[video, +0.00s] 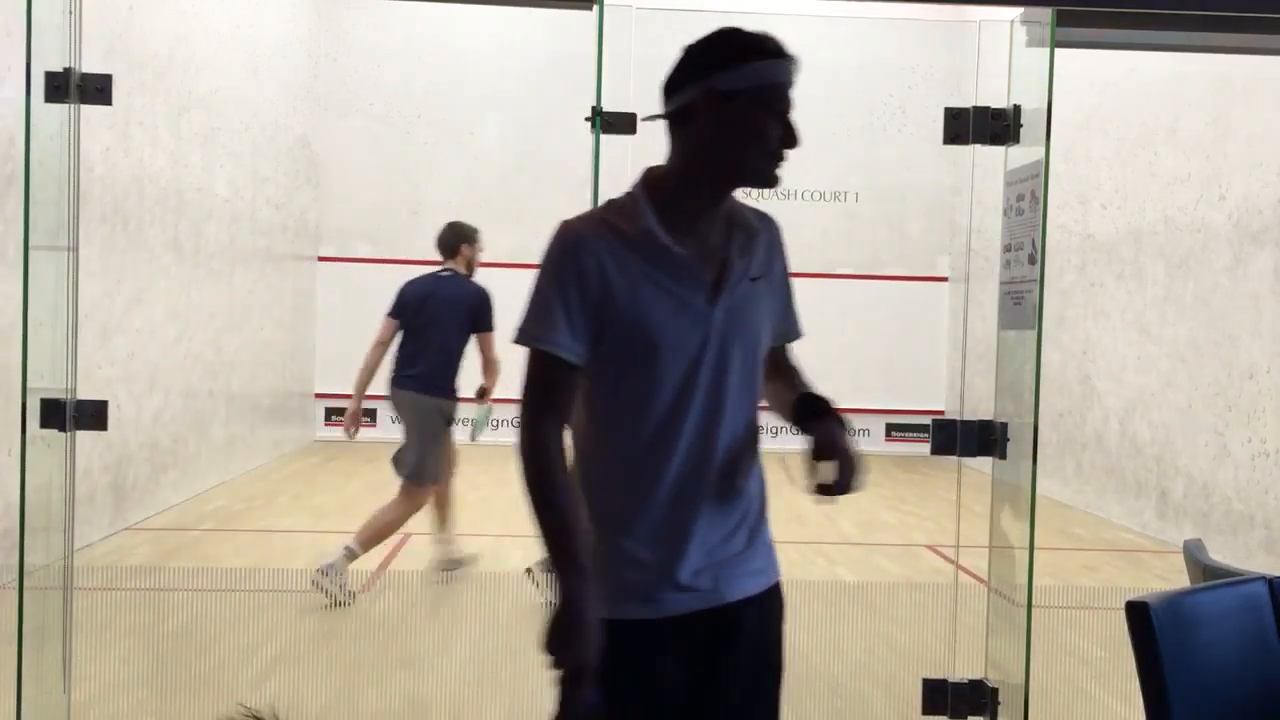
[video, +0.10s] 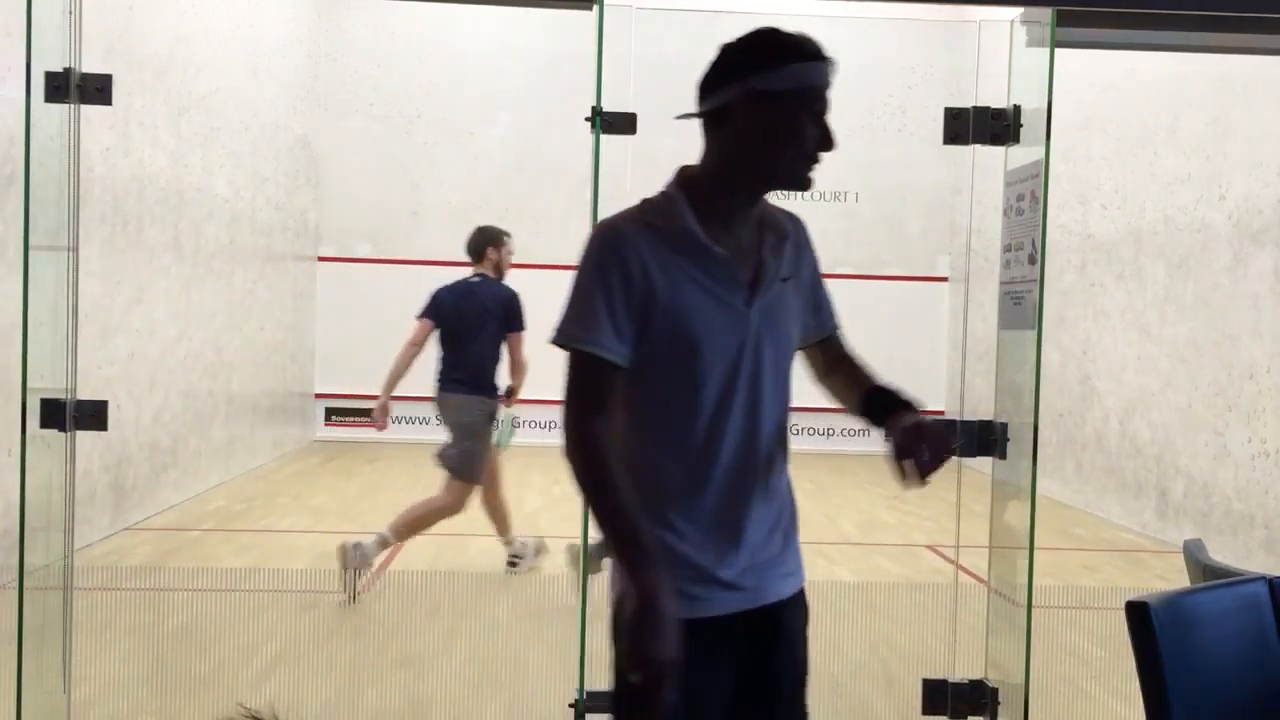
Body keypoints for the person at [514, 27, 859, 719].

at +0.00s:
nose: (793, 135)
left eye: (788, 113)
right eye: (774, 112)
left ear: (717, 118)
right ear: (703, 114)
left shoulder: (758, 239)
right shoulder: (589, 247)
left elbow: (771, 362)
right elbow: (540, 431)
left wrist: (816, 414)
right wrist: (574, 590)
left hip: (743, 589)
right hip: (627, 602)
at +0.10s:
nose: (827, 137)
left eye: (823, 115)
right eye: (811, 114)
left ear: (749, 118)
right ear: (744, 115)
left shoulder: (786, 238)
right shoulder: (628, 246)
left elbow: (827, 355)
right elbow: (585, 427)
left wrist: (898, 414)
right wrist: (643, 579)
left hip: (771, 582)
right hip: (668, 596)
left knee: (778, 712)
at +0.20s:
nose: (860, 142)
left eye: (856, 120)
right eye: (845, 118)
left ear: (783, 119)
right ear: (779, 116)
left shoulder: (808, 237)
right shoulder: (662, 246)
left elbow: (877, 336)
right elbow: (626, 438)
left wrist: (949, 382)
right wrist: (711, 585)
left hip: (796, 578)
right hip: (703, 594)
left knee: (808, 711)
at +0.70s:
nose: (947, 103)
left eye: (972, 86)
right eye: (925, 82)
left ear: (999, 119)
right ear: (887, 103)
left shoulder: (965, 247)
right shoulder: (831, 250)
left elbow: (957, 390)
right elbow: (783, 455)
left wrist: (1064, 435)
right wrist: (925, 593)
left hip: (967, 627)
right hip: (876, 638)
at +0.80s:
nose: (984, 91)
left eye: (1009, 74)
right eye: (960, 71)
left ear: (1039, 105)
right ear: (923, 97)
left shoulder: (1012, 244)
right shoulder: (867, 247)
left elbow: (988, 410)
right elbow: (812, 457)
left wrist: (1085, 446)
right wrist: (959, 590)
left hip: (1014, 631)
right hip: (911, 642)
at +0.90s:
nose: (1021, 85)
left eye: (1047, 68)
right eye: (995, 66)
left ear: (1076, 101)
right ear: (955, 94)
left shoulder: (1046, 243)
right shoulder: (900, 247)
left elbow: (1022, 408)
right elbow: (847, 461)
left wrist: (1116, 456)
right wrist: (996, 595)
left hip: (1056, 639)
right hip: (945, 650)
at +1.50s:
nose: (1277, 95)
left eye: (1278, 72)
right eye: (1265, 69)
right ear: (1201, 74)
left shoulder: (1271, 254)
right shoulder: (1106, 254)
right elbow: (1028, 488)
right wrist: (1183, 644)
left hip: (1265, 683)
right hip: (1142, 690)